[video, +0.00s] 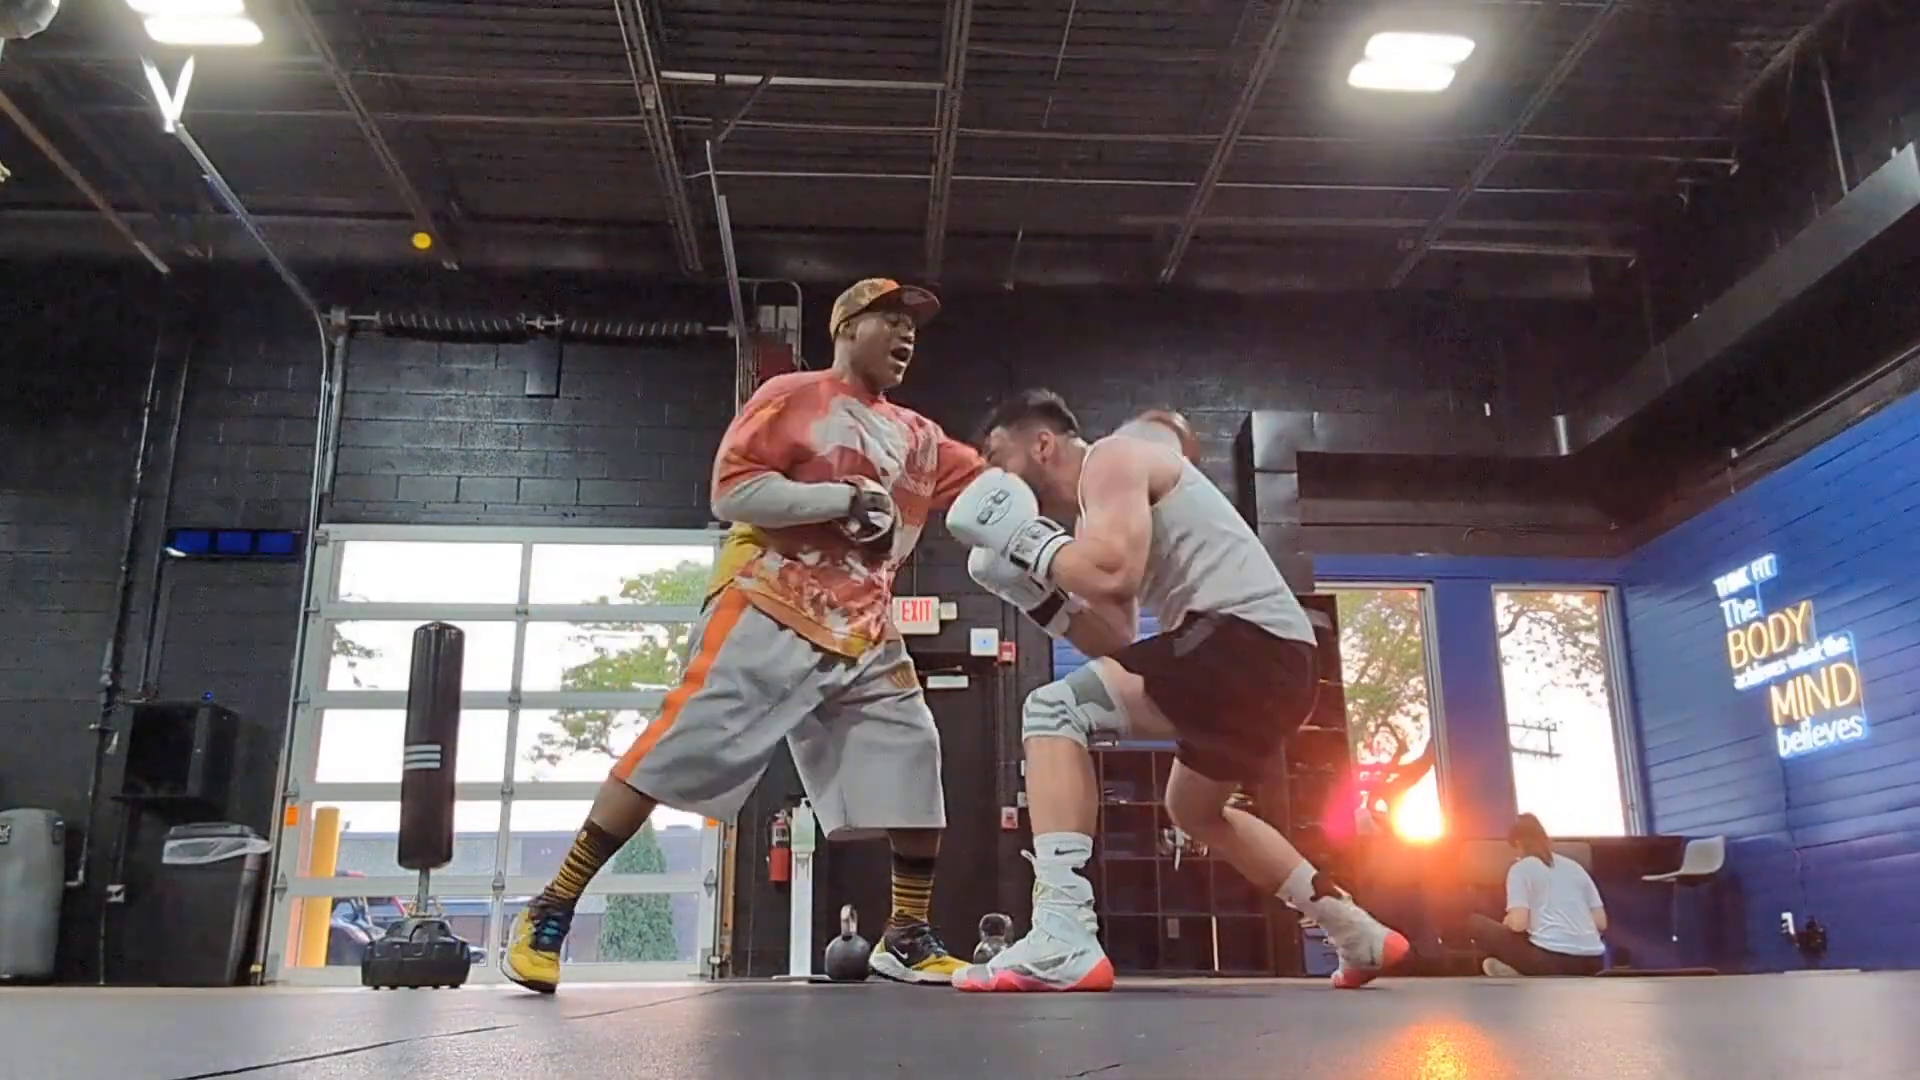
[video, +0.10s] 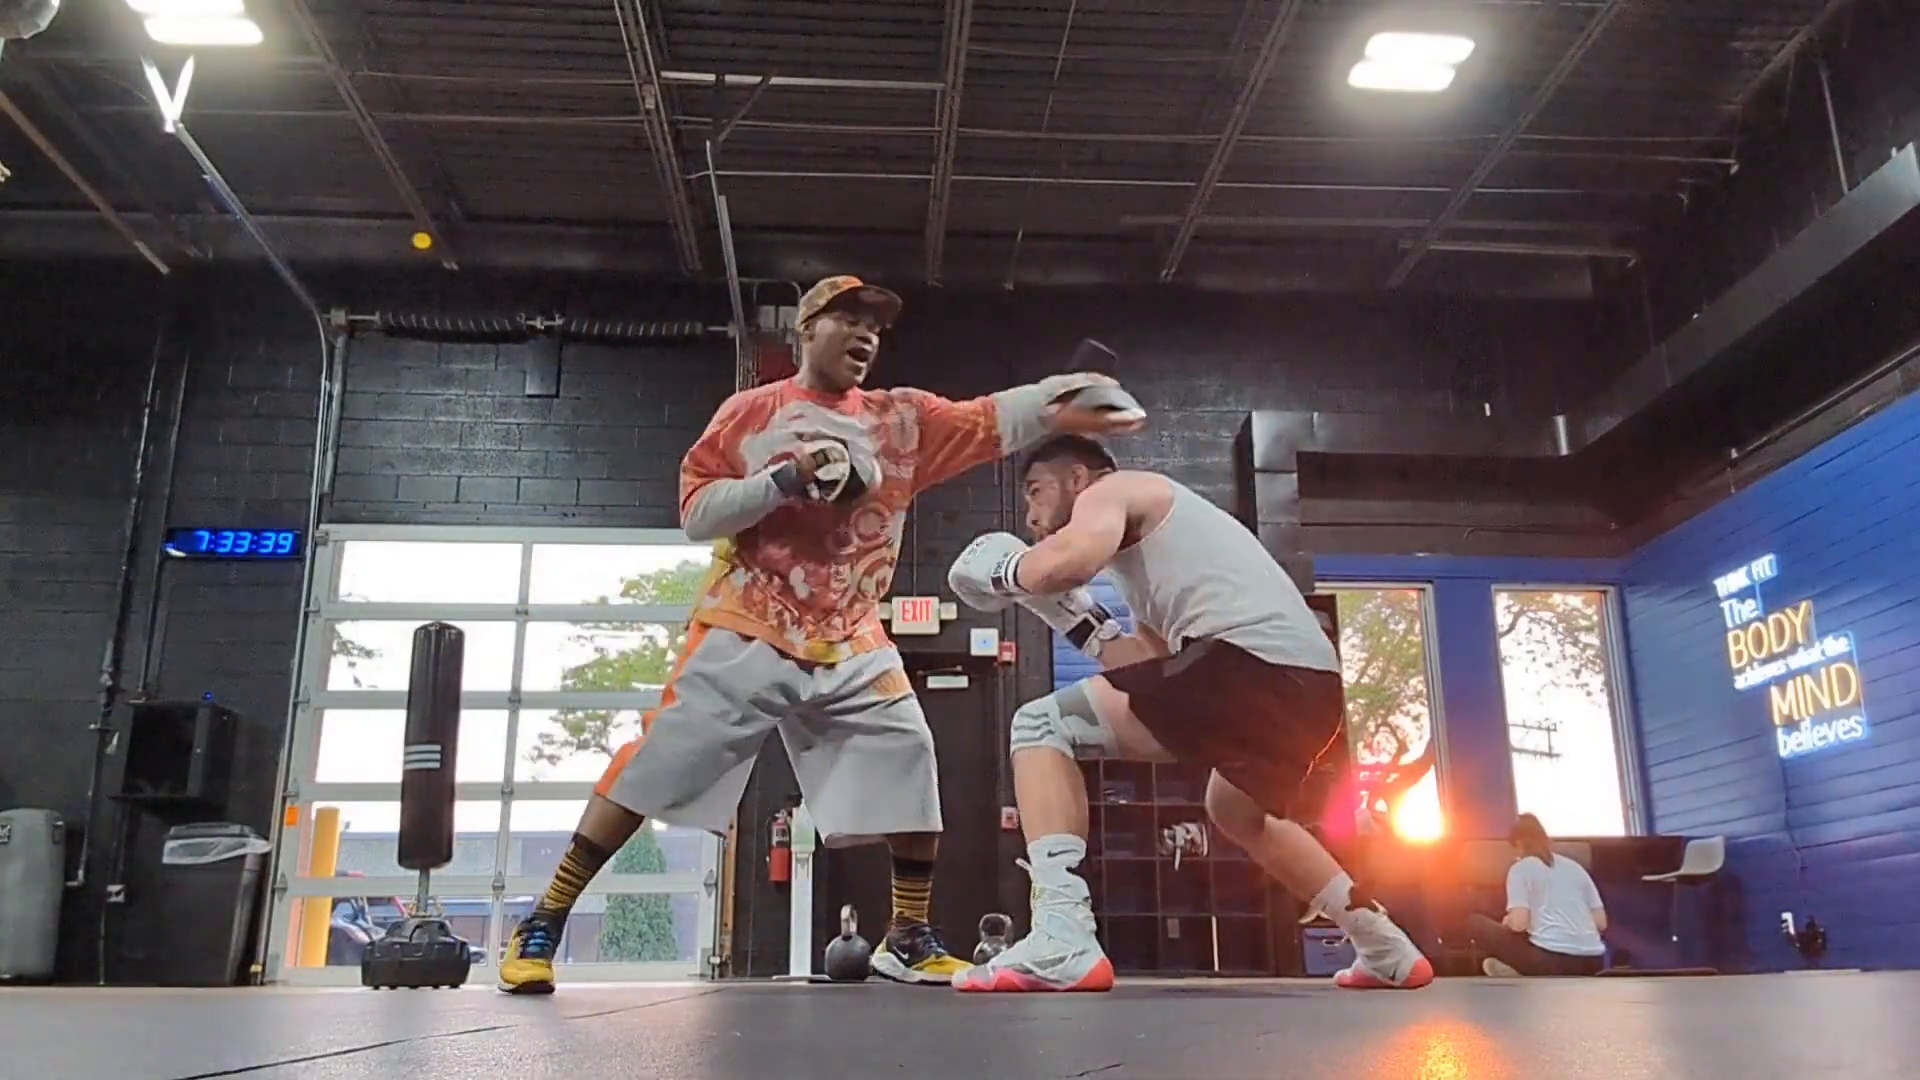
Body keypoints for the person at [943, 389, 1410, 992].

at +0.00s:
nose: (995, 477)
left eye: (998, 457)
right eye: (990, 463)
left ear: (1044, 444)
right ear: (1046, 450)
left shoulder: (1117, 456)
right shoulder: (1097, 522)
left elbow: (1113, 571)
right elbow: (1116, 638)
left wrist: (1023, 531)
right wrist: (1040, 601)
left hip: (1242, 645)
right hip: (1283, 664)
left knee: (1055, 710)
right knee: (1197, 809)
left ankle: (1061, 938)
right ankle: (1358, 934)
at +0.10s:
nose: (1032, 510)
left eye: (1038, 491)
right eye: (1027, 498)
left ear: (1081, 476)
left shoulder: (1115, 489)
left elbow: (1063, 564)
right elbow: (1149, 665)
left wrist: (1001, 564)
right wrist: (1068, 619)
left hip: (1244, 669)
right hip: (1318, 693)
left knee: (1042, 725)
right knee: (1236, 811)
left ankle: (1062, 937)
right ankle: (1386, 948)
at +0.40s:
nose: (1075, 372)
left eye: (1083, 355)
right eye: (1074, 360)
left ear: (1130, 347)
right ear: (1132, 354)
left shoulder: (1163, 380)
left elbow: (1189, 451)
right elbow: (1163, 565)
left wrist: (1099, 444)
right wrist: (1105, 513)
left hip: (1213, 599)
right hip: (1269, 612)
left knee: (1052, 731)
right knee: (1246, 797)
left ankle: (1045, 933)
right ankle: (1386, 945)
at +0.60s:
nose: (1069, 334)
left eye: (1076, 316)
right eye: (1068, 322)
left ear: (1117, 306)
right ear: (1122, 313)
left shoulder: (1151, 348)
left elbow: (1189, 425)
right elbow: (1107, 497)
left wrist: (1090, 407)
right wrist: (1047, 443)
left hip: (1181, 574)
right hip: (1249, 581)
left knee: (1055, 734)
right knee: (1260, 781)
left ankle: (1047, 935)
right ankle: (1384, 940)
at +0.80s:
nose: (1083, 339)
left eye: (1088, 324)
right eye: (1084, 327)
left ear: (1122, 316)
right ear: (1156, 325)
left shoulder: (1110, 361)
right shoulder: (1221, 390)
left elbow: (1028, 427)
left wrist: (975, 416)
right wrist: (1019, 401)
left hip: (1160, 597)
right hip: (1250, 597)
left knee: (1045, 749)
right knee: (1272, 777)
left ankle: (1046, 935)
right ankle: (1383, 941)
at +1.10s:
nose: (1057, 330)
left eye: (1066, 312)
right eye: (1057, 316)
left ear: (1109, 305)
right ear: (1102, 313)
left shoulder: (1162, 354)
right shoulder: (1113, 396)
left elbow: (1190, 452)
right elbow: (1046, 468)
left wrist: (1097, 475)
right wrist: (1004, 417)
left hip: (1186, 582)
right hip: (1222, 590)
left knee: (1067, 731)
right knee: (1240, 785)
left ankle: (1047, 933)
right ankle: (1388, 926)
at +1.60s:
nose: (1054, 374)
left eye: (1062, 356)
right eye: (1055, 361)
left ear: (1101, 346)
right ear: (1102, 352)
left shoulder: (1143, 360)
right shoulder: (1128, 431)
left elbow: (1135, 438)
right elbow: (1167, 547)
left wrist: (1063, 438)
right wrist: (1084, 585)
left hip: (1190, 575)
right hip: (1234, 591)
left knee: (1055, 722)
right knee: (1226, 793)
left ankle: (1044, 931)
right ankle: (1378, 925)